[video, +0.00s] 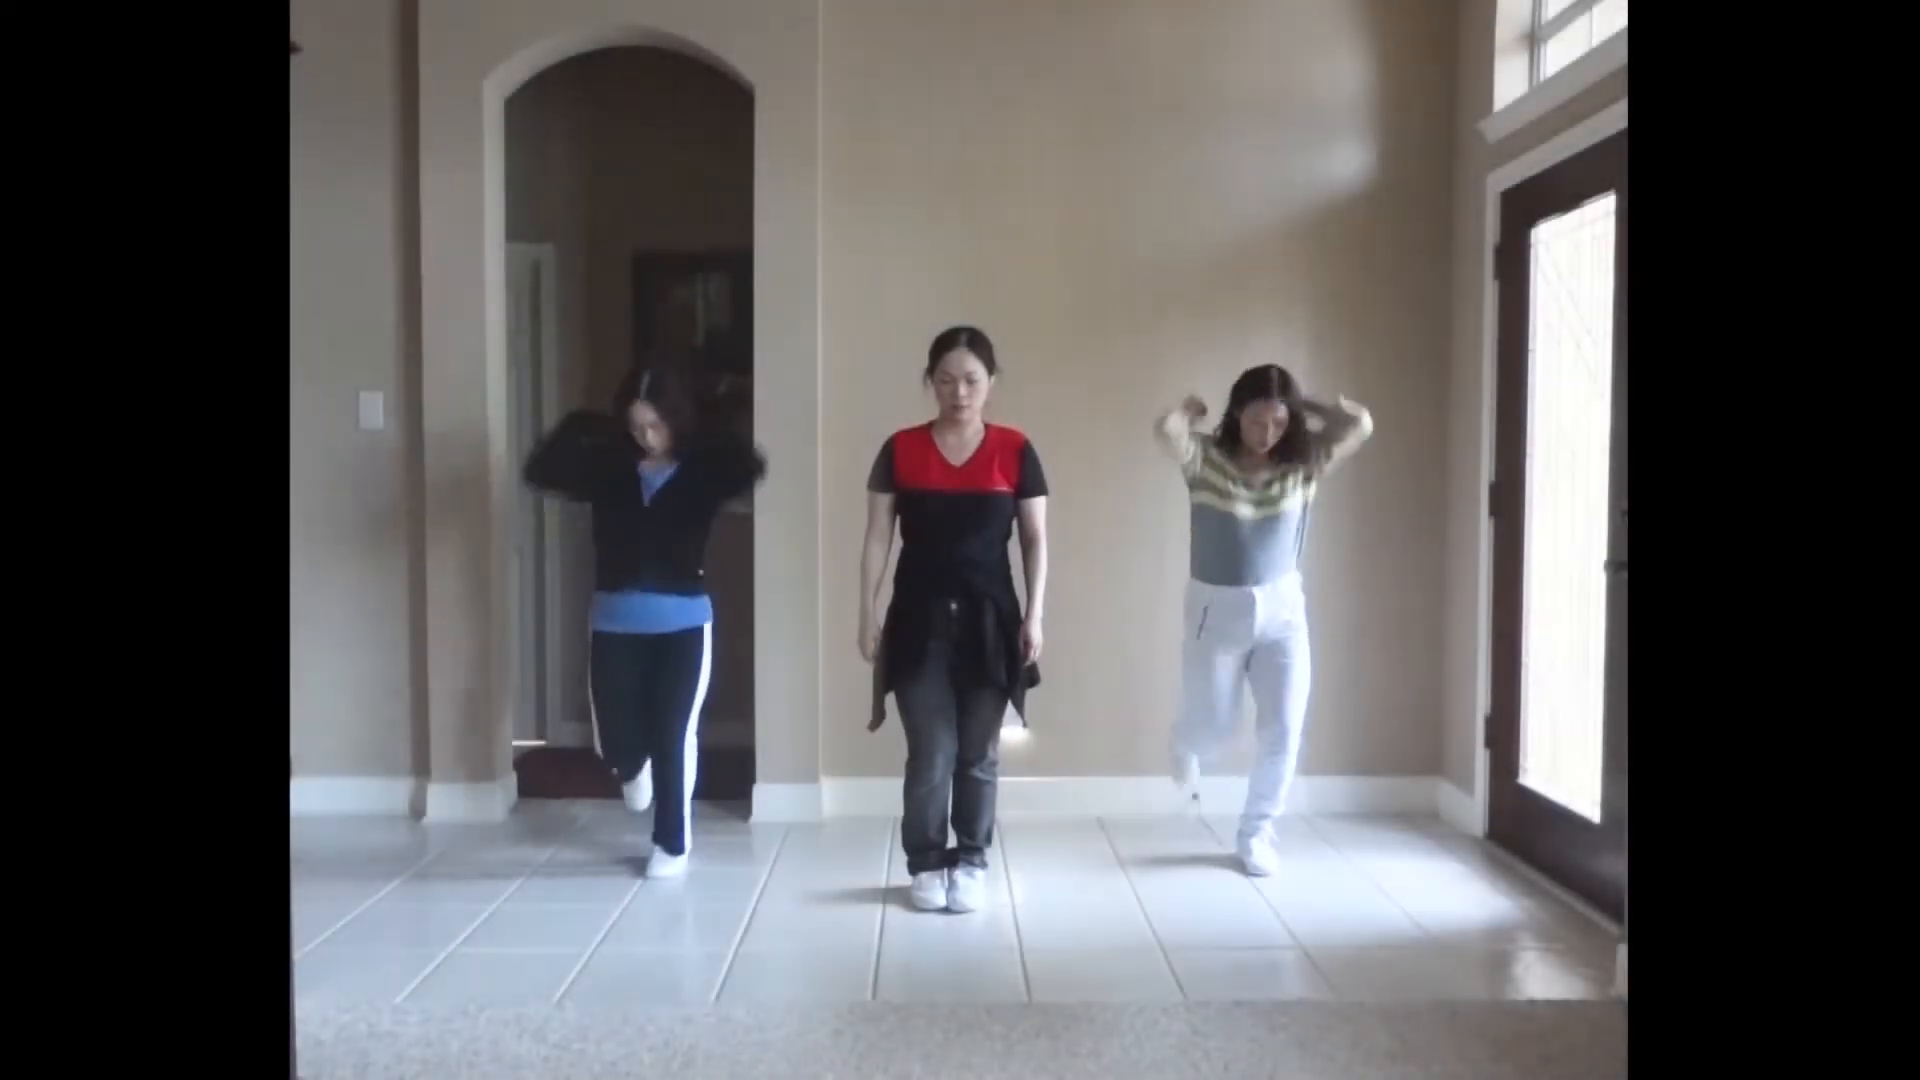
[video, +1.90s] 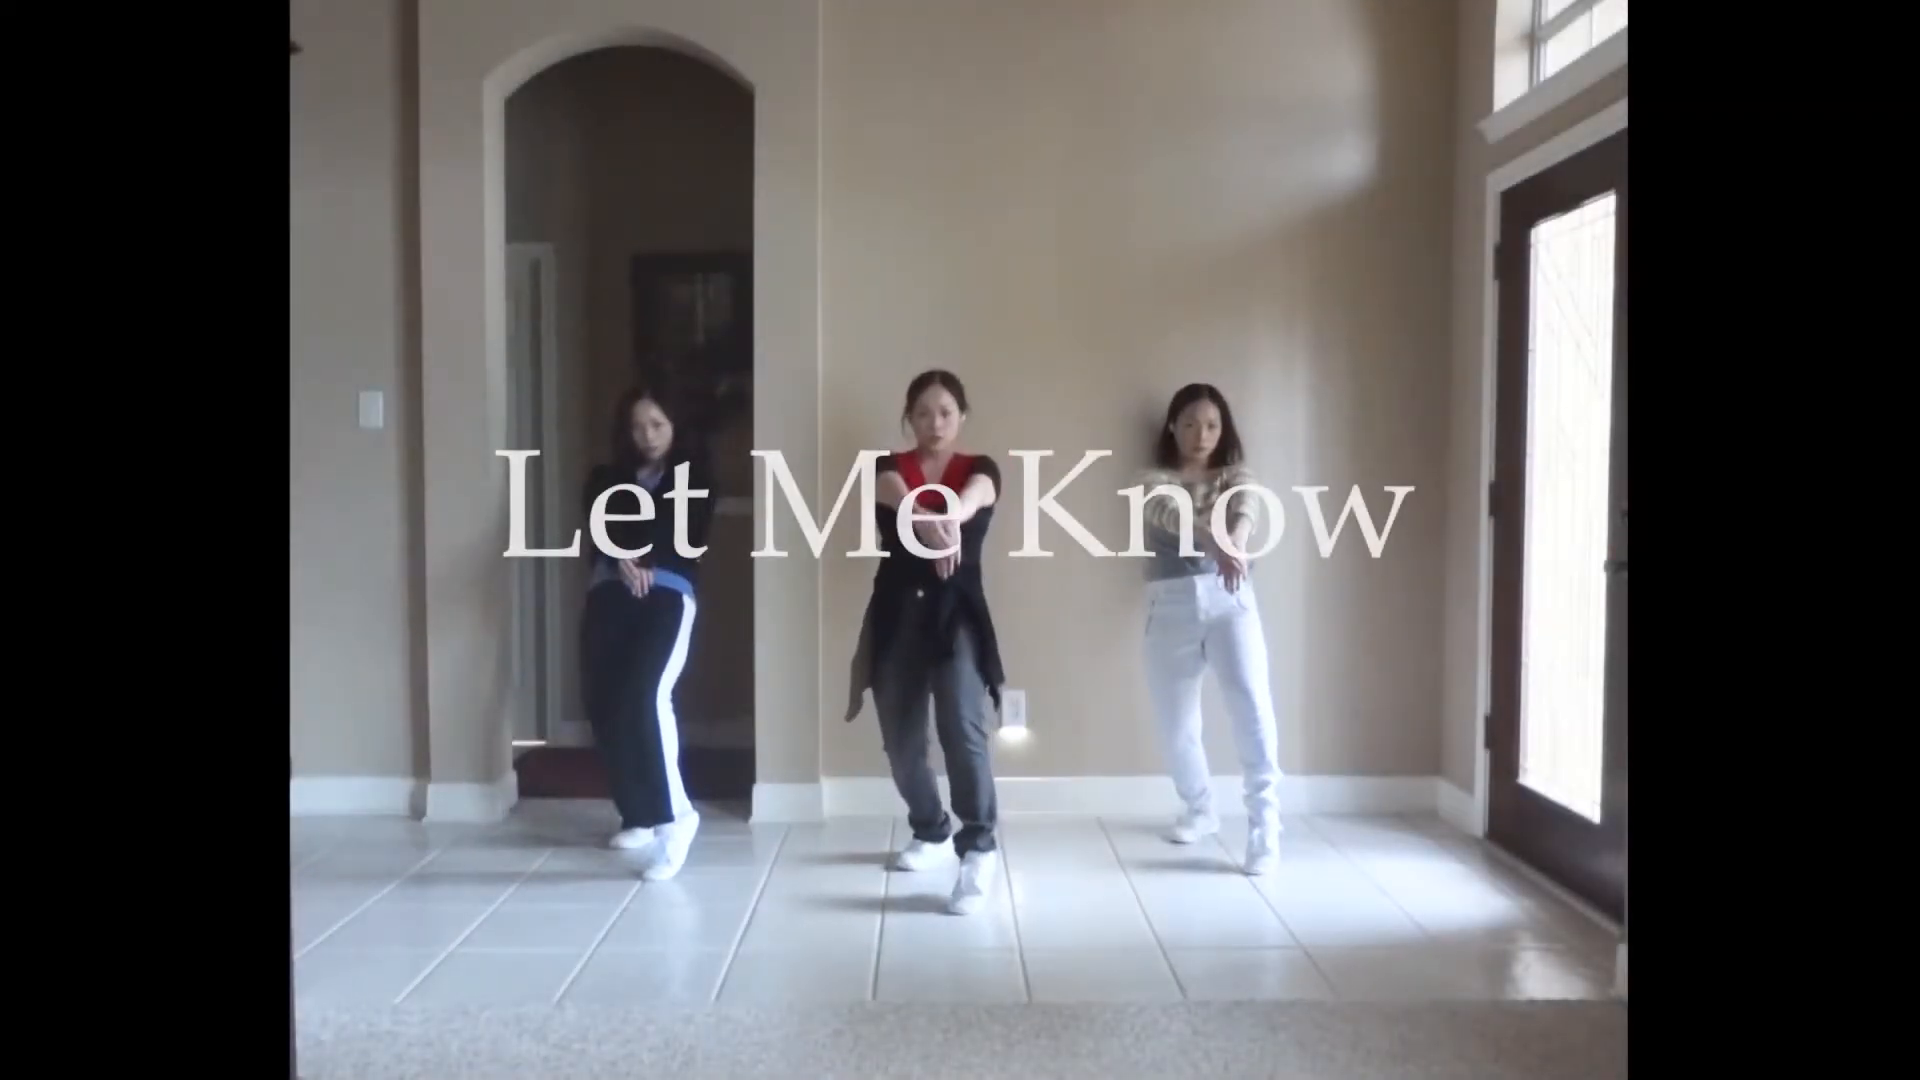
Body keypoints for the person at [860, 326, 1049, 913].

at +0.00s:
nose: (960, 389)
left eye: (971, 379)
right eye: (949, 378)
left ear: (989, 383)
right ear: (931, 382)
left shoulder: (1014, 449)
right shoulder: (902, 448)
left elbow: (1035, 538)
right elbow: (879, 534)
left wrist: (1034, 616)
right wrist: (868, 614)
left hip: (989, 618)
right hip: (918, 617)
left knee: (977, 752)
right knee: (932, 749)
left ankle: (970, 863)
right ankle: (926, 866)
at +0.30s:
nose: (961, 394)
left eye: (973, 383)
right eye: (949, 382)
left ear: (992, 388)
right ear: (933, 386)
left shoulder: (1017, 453)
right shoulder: (903, 451)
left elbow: (1079, 515)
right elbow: (841, 509)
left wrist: (1050, 568)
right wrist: (843, 569)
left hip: (990, 620)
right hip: (921, 619)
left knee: (981, 756)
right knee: (933, 753)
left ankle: (970, 867)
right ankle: (927, 869)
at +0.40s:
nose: (961, 403)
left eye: (973, 392)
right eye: (949, 392)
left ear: (991, 397)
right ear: (933, 397)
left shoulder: (1018, 459)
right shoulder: (905, 458)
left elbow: (1093, 505)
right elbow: (839, 496)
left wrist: (1063, 493)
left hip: (991, 626)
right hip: (922, 627)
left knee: (988, 752)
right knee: (933, 752)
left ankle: (971, 865)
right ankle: (924, 863)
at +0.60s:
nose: (960, 393)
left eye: (971, 382)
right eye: (948, 384)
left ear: (990, 391)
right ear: (934, 394)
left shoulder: (1017, 453)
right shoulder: (906, 451)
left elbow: (1083, 444)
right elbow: (835, 455)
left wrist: (1045, 416)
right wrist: (874, 417)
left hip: (987, 615)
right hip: (920, 614)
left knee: (984, 753)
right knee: (916, 758)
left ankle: (972, 863)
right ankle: (928, 816)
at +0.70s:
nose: (953, 371)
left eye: (966, 362)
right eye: (943, 363)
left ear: (987, 377)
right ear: (930, 379)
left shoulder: (1009, 440)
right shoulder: (905, 435)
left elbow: (1065, 380)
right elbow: (847, 380)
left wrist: (1003, 361)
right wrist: (903, 368)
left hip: (983, 608)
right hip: (917, 607)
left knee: (979, 747)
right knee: (913, 743)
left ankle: (972, 862)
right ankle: (929, 821)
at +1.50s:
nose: (940, 412)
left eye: (950, 402)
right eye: (929, 403)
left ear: (966, 409)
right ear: (912, 412)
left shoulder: (986, 461)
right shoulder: (886, 458)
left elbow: (986, 456)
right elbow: (883, 466)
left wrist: (961, 441)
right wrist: (916, 433)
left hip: (964, 612)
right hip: (901, 612)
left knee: (972, 732)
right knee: (911, 739)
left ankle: (983, 852)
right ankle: (931, 831)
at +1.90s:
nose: (936, 422)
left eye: (946, 412)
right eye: (925, 412)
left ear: (962, 418)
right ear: (909, 419)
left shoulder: (980, 469)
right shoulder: (886, 468)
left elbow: (975, 496)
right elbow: (899, 501)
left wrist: (951, 520)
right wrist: (931, 530)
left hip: (956, 613)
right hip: (897, 614)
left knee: (962, 728)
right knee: (902, 739)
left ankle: (977, 848)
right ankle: (931, 831)